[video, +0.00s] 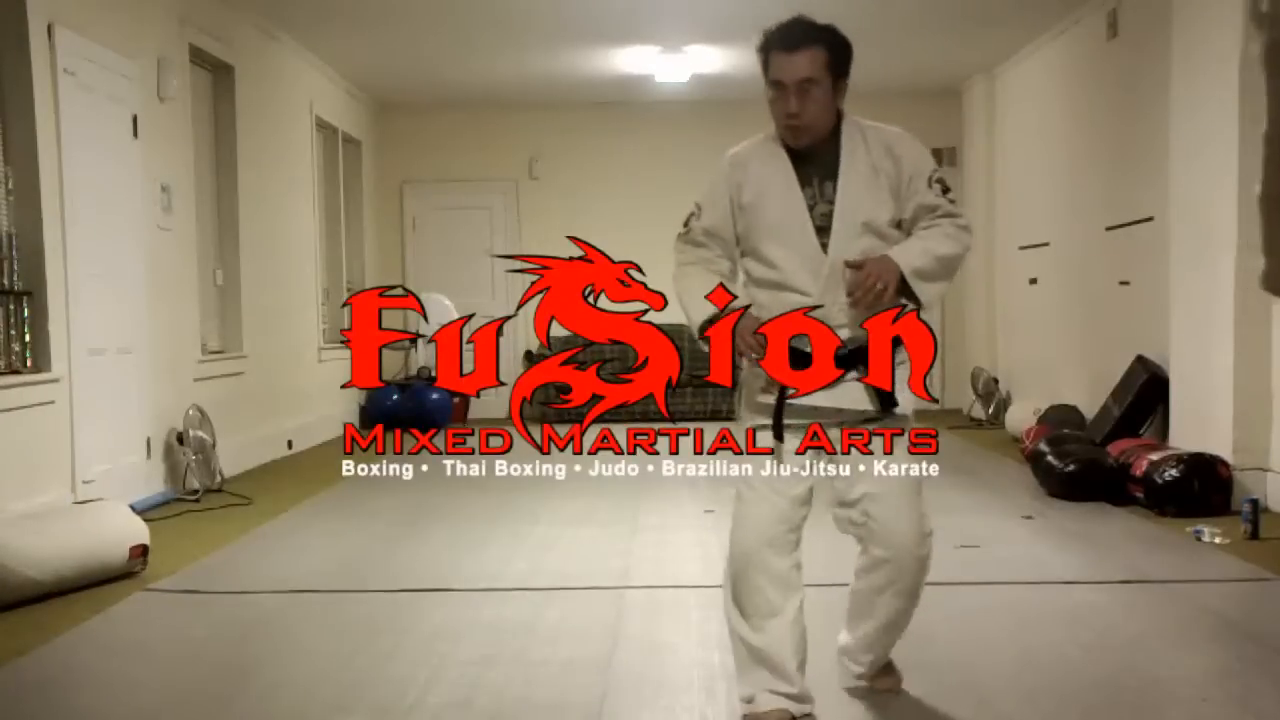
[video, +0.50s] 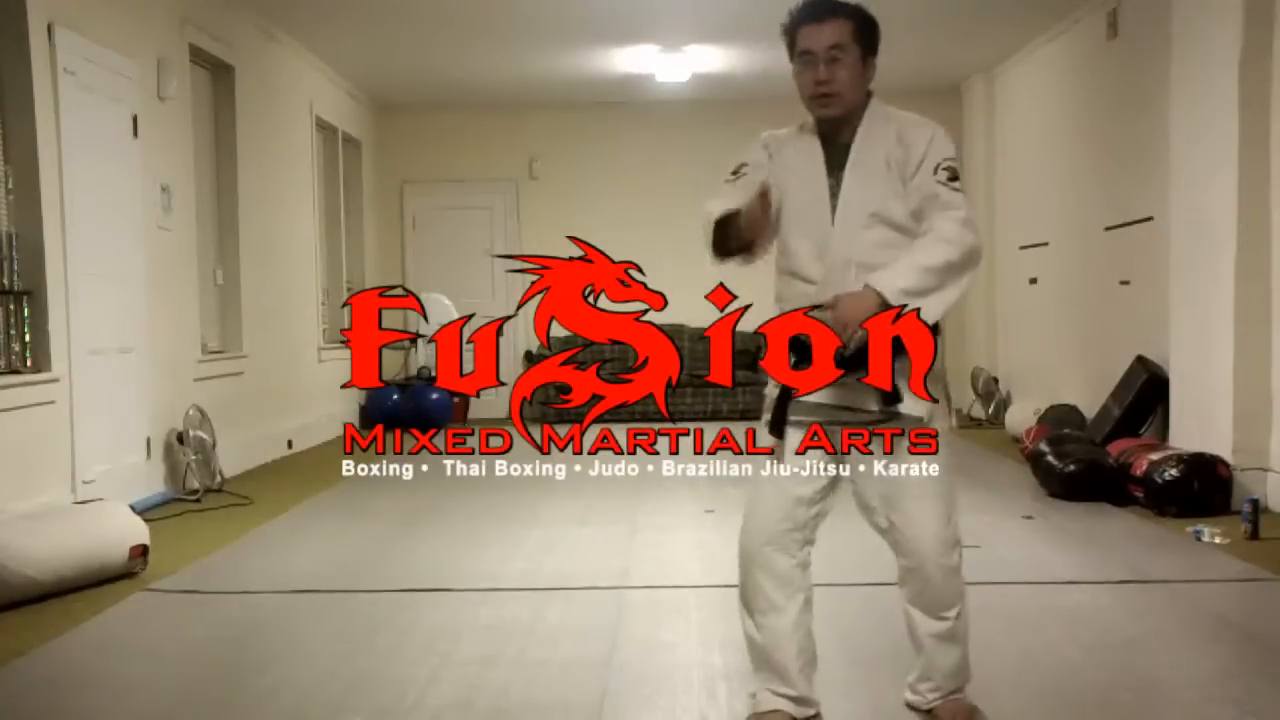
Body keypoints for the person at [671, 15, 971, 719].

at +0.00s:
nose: (790, 104)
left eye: (806, 88)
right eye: (778, 89)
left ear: (840, 87)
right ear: (764, 89)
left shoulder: (897, 153)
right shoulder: (741, 168)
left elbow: (951, 230)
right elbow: (698, 251)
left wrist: (901, 263)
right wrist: (726, 318)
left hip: (874, 396)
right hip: (774, 398)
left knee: (902, 543)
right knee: (757, 547)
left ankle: (866, 658)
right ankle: (772, 697)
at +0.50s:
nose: (821, 74)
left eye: (836, 58)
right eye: (806, 61)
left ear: (869, 66)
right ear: (792, 72)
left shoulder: (919, 140)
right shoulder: (772, 150)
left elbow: (957, 239)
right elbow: (726, 241)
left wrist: (872, 295)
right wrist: (745, 229)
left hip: (896, 368)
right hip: (801, 371)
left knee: (930, 546)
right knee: (767, 539)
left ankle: (940, 692)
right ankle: (783, 702)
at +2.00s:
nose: (947, 76)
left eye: (956, 63)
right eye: (928, 64)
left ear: (968, 74)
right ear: (894, 79)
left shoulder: (997, 153)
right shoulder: (850, 158)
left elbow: (1053, 225)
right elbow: (781, 229)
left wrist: (978, 202)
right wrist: (826, 218)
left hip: (960, 363)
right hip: (866, 365)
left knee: (970, 537)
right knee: (842, 521)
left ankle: (951, 678)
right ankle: (866, 641)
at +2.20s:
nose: (917, 86)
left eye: (926, 72)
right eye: (899, 75)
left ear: (939, 82)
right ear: (868, 91)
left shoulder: (972, 159)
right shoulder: (831, 166)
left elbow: (1028, 232)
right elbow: (761, 236)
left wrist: (950, 216)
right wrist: (803, 234)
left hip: (941, 366)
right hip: (853, 371)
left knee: (958, 528)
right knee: (845, 523)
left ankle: (947, 668)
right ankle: (870, 643)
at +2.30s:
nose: (907, 91)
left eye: (915, 78)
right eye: (888, 81)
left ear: (927, 88)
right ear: (856, 99)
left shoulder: (962, 163)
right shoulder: (821, 173)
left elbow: (1019, 248)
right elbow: (753, 241)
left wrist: (942, 224)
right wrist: (794, 240)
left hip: (932, 368)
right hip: (846, 374)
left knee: (951, 526)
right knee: (843, 524)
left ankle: (944, 666)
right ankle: (870, 644)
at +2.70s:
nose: (885, 95)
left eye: (894, 82)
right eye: (868, 85)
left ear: (905, 90)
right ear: (838, 100)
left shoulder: (940, 162)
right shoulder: (805, 178)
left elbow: (994, 232)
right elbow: (745, 246)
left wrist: (921, 223)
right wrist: (786, 240)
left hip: (923, 360)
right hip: (840, 369)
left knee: (950, 509)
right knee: (843, 520)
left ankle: (975, 653)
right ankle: (870, 642)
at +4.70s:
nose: (970, 88)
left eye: (986, 76)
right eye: (957, 76)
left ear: (1008, 88)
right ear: (939, 86)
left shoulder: (1047, 168)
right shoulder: (902, 156)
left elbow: (1094, 243)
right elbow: (824, 160)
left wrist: (1049, 267)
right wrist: (830, 135)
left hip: (1002, 365)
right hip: (909, 364)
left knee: (1018, 523)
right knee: (881, 515)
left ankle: (1014, 653)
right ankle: (878, 643)